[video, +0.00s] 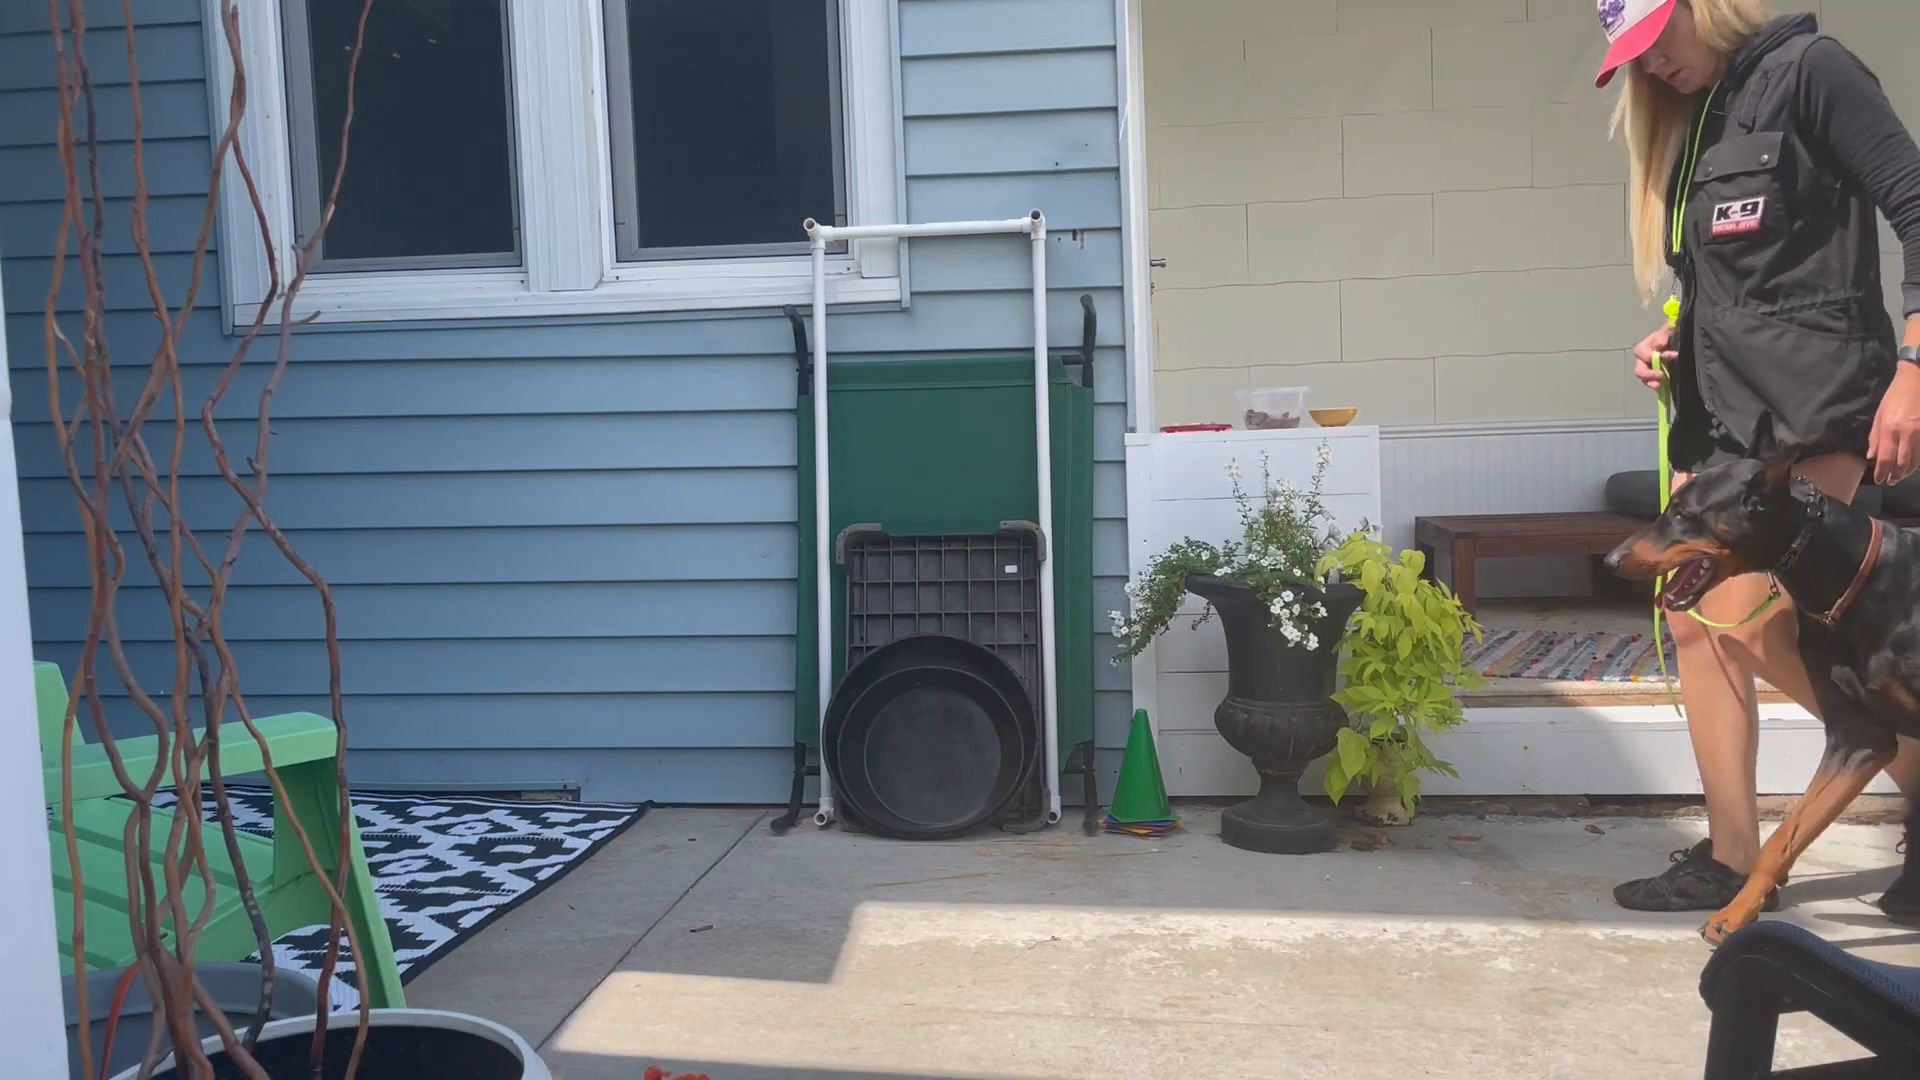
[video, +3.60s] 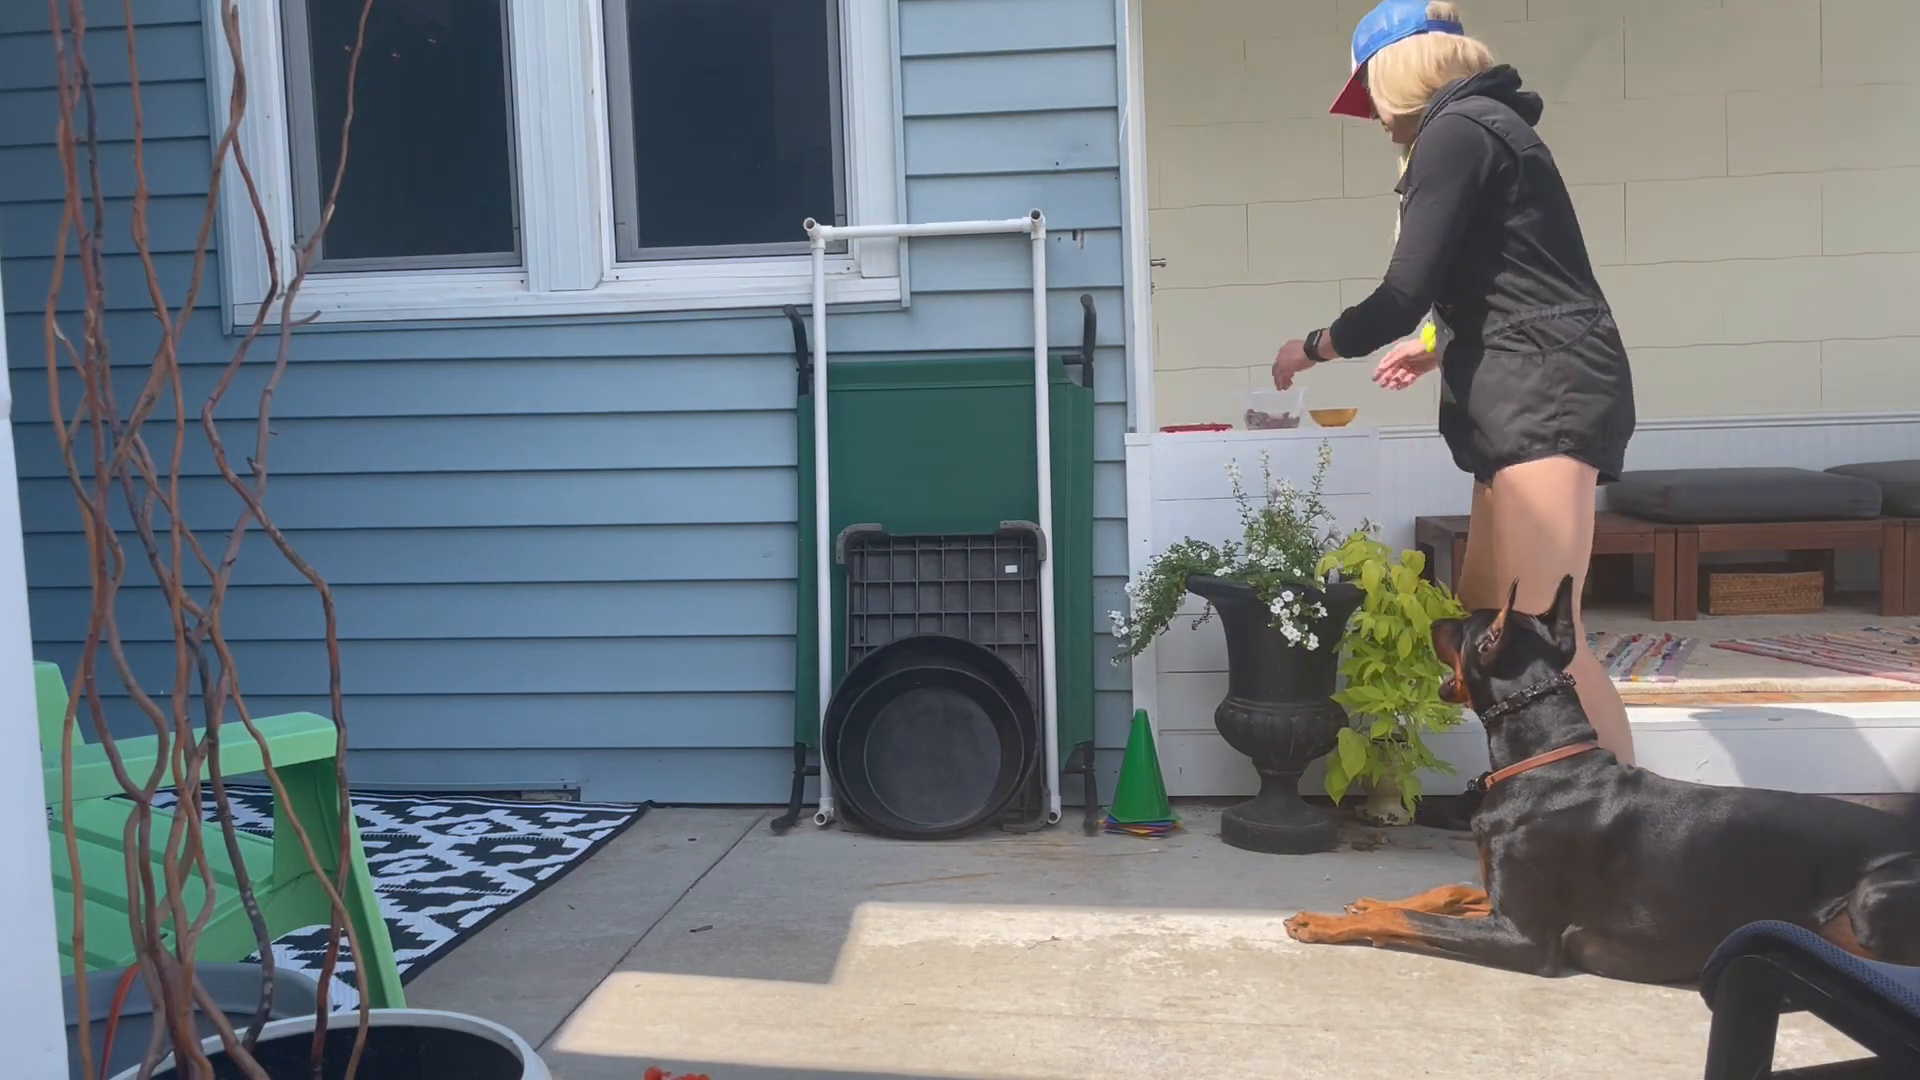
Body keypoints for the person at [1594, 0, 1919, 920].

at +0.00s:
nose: (1649, 70)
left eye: (1653, 46)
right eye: (1636, 59)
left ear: (1701, 6)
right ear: (1639, 49)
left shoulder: (1810, 69)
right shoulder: (1695, 110)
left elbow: (1916, 209)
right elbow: (1721, 267)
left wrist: (1913, 367)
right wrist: (1677, 329)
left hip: (1818, 412)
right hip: (1719, 416)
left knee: (1766, 631)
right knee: (1697, 621)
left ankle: (1916, 787)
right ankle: (1734, 856)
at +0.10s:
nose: (1618, 67)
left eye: (1620, 42)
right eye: (1604, 57)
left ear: (1667, 3)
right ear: (1602, 53)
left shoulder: (1774, 65)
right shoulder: (1661, 107)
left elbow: (1891, 210)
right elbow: (1683, 264)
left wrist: (1882, 363)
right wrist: (1637, 321)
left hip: (1773, 402)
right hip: (1683, 406)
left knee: (1684, 608)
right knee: (1681, 621)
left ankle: (1834, 829)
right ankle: (1732, 854)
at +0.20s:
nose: (1591, 67)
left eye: (1592, 42)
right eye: (1576, 56)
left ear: (1637, 4)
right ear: (1579, 46)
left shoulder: (1742, 62)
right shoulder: (1635, 103)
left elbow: (1862, 207)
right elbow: (1657, 254)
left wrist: (1851, 359)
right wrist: (1610, 313)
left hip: (1742, 390)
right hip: (1660, 398)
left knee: (1653, 607)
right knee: (1691, 626)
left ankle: (1707, 870)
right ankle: (1722, 862)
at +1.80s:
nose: (1462, 77)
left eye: (1462, 52)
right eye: (1447, 67)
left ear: (1500, 7)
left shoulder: (1614, 63)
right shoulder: (1508, 105)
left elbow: (1736, 210)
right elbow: (1515, 245)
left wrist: (1714, 364)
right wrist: (1496, 333)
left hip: (1632, 383)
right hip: (1547, 386)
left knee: (1609, 620)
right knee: (1566, 621)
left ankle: (1653, 835)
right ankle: (1607, 835)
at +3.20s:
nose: (1418, 79)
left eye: (1416, 58)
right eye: (1410, 63)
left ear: (1448, 35)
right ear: (1472, 32)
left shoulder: (1543, 87)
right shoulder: (1496, 102)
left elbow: (1627, 255)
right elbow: (1532, 269)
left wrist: (1567, 413)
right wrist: (1505, 389)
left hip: (1609, 394)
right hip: (1558, 390)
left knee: (1579, 641)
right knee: (1532, 634)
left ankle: (1636, 838)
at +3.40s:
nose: (1405, 82)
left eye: (1405, 62)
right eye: (1398, 65)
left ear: (1435, 46)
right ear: (1463, 36)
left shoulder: (1509, 95)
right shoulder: (1487, 104)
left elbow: (1534, 271)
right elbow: (1507, 270)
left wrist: (1434, 382)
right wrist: (1483, 391)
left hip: (1571, 398)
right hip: (1537, 398)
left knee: (1549, 639)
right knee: (1503, 606)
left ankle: (1622, 831)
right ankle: (1536, 794)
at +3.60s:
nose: (1380, 119)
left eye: (1377, 99)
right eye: (1372, 102)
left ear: (1401, 78)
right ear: (1443, 65)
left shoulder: (1455, 131)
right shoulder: (1491, 127)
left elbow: (1405, 293)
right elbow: (1506, 271)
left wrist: (1319, 345)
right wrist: (1437, 339)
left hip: (1543, 382)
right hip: (1518, 385)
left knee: (1545, 638)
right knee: (1483, 626)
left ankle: (1621, 816)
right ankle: (1537, 813)